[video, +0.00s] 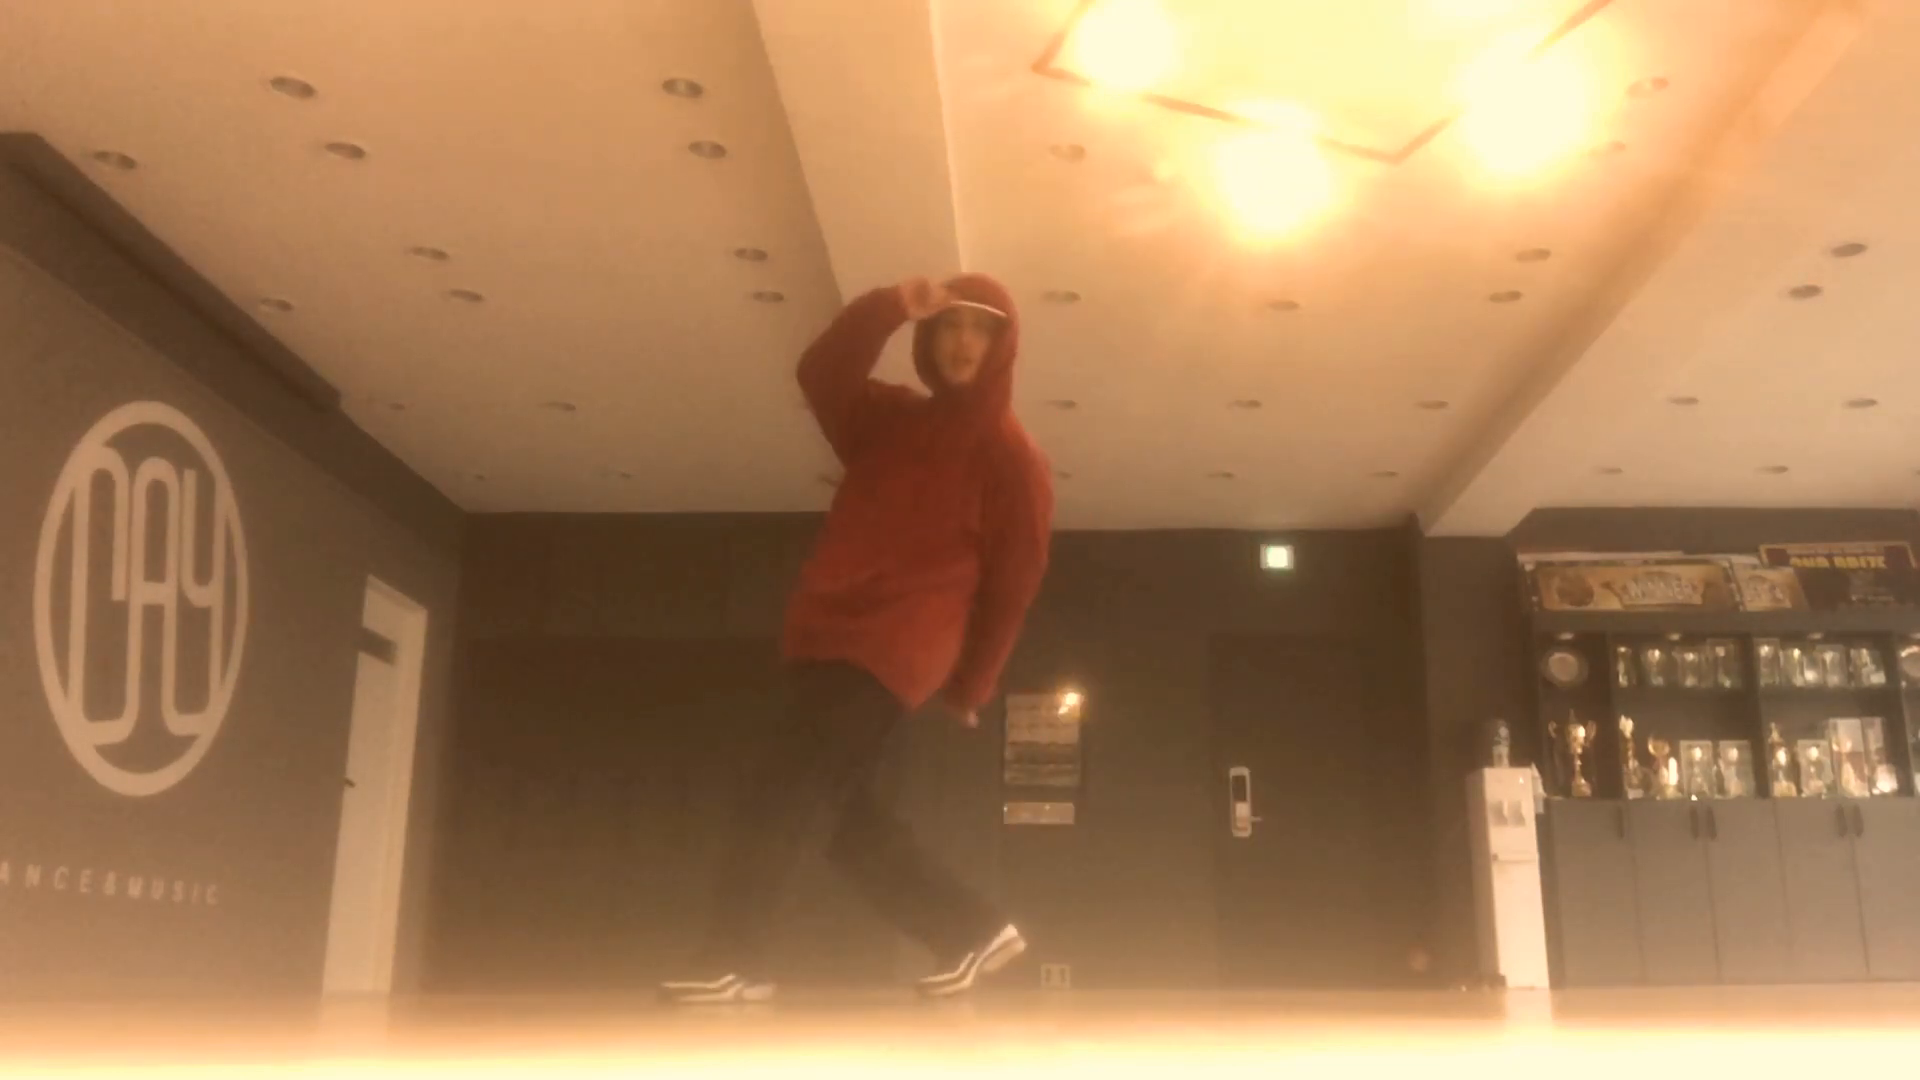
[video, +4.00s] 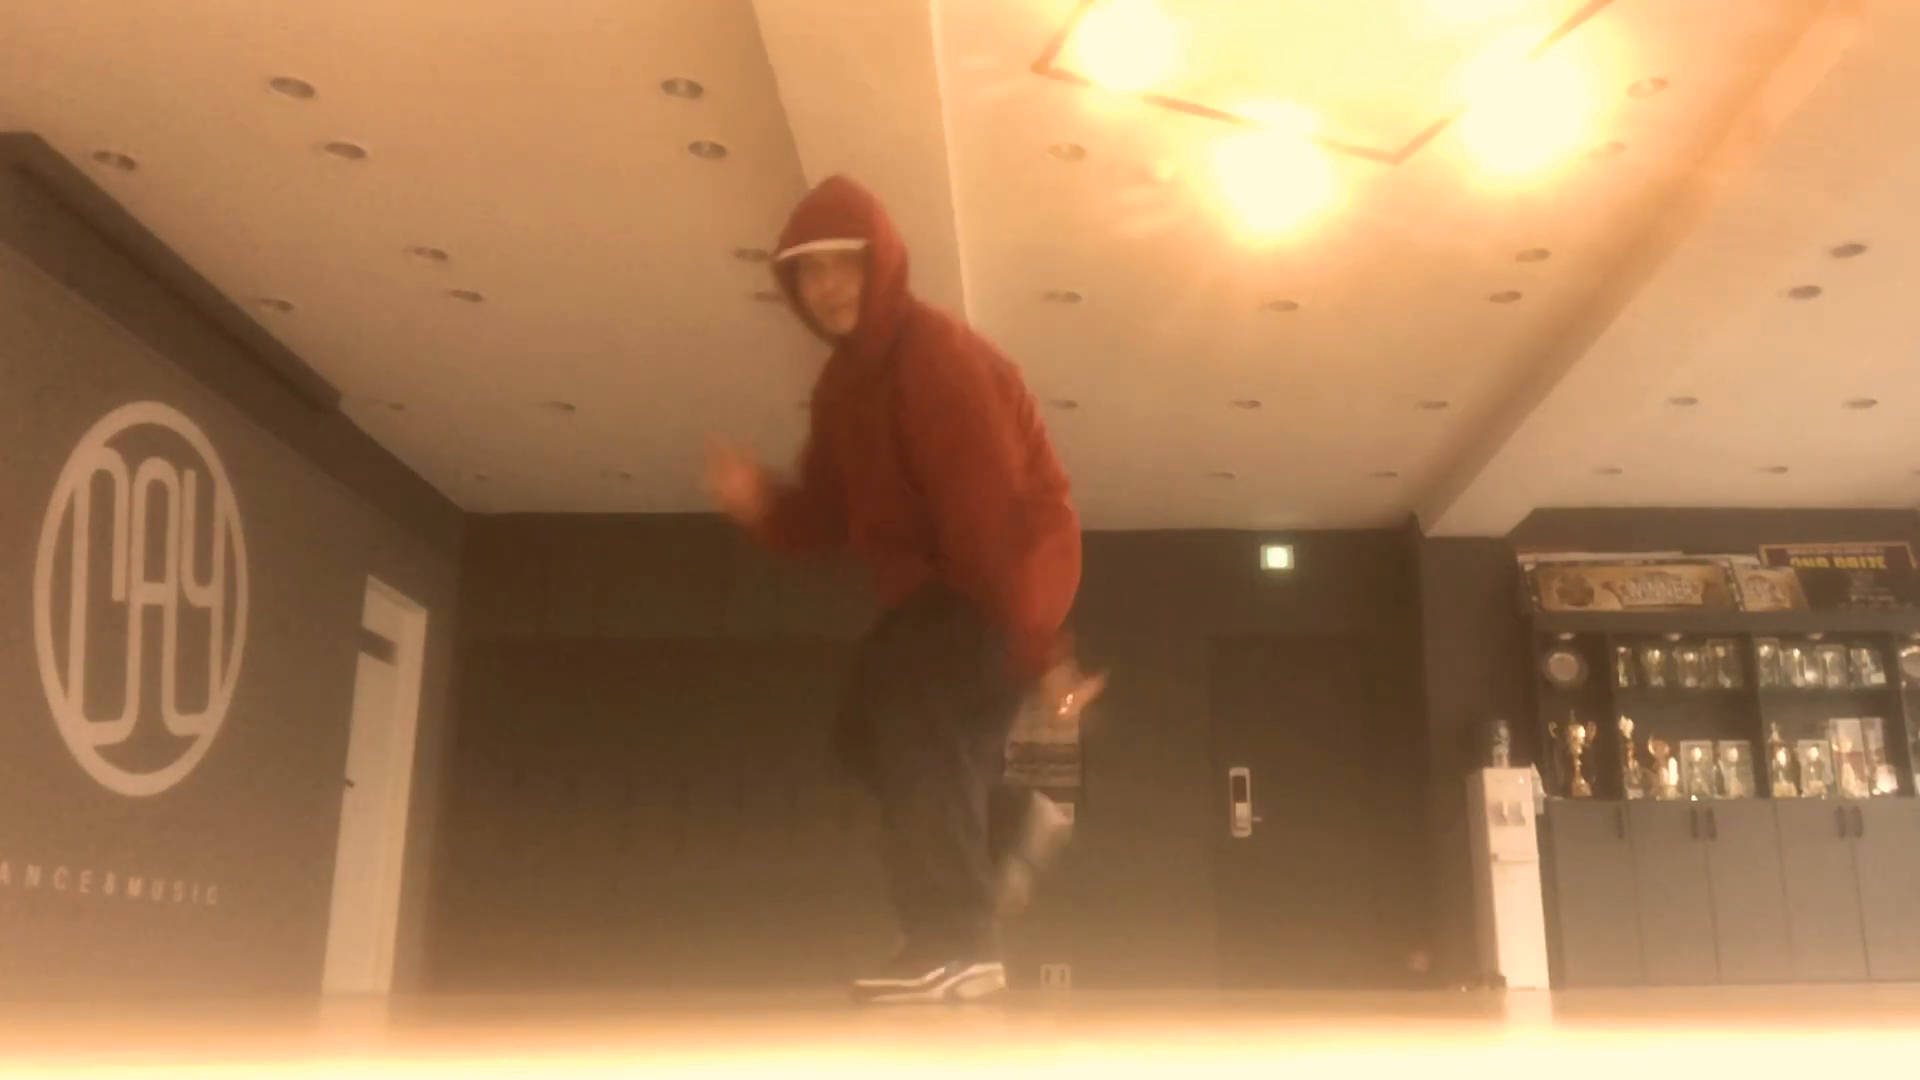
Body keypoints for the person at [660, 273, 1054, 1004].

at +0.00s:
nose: (960, 343)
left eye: (977, 330)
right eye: (948, 327)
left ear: (1001, 347)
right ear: (923, 339)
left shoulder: (1008, 452)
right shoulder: (886, 417)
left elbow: (1014, 579)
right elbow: (821, 372)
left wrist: (975, 681)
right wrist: (889, 306)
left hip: (902, 638)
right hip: (826, 623)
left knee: (791, 781)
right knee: (843, 812)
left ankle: (735, 960)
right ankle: (971, 932)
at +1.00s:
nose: (1054, 316)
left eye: (1069, 300)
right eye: (1037, 301)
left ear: (1095, 311)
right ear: (1017, 314)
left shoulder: (1145, 398)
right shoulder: (997, 424)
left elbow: (1156, 504)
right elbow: (970, 544)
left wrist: (1058, 508)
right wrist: (962, 645)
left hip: (1144, 612)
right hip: (1048, 610)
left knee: (1134, 766)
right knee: (1061, 739)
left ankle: (1131, 927)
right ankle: (1106, 909)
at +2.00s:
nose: (992, 287)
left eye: (1011, 274)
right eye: (977, 267)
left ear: (1032, 291)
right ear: (947, 278)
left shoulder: (1053, 398)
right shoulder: (891, 379)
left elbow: (1083, 534)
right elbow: (842, 503)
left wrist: (1068, 655)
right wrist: (851, 613)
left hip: (993, 640)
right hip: (889, 629)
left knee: (1006, 813)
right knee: (862, 800)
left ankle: (1024, 952)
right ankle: (855, 964)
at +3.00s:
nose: (785, 291)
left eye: (806, 271)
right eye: (767, 273)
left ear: (843, 279)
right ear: (749, 290)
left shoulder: (900, 367)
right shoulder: (766, 397)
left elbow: (836, 482)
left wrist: (701, 568)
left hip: (965, 594)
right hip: (861, 609)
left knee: (931, 759)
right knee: (845, 774)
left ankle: (922, 956)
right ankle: (840, 954)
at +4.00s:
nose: (824, 288)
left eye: (841, 265)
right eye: (806, 272)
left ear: (880, 266)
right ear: (792, 287)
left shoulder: (937, 355)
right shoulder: (844, 381)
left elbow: (989, 510)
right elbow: (832, 523)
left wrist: (1042, 649)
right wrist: (765, 502)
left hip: (1007, 582)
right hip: (938, 584)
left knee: (918, 717)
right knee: (864, 727)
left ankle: (953, 946)